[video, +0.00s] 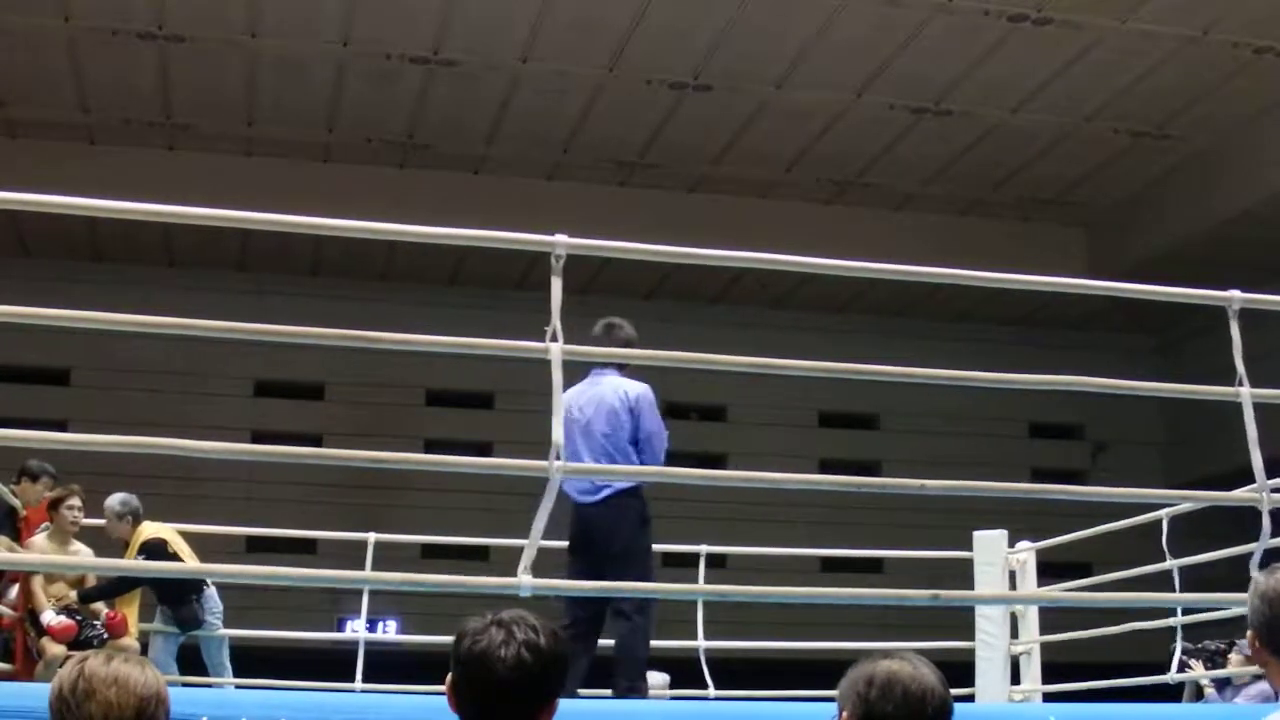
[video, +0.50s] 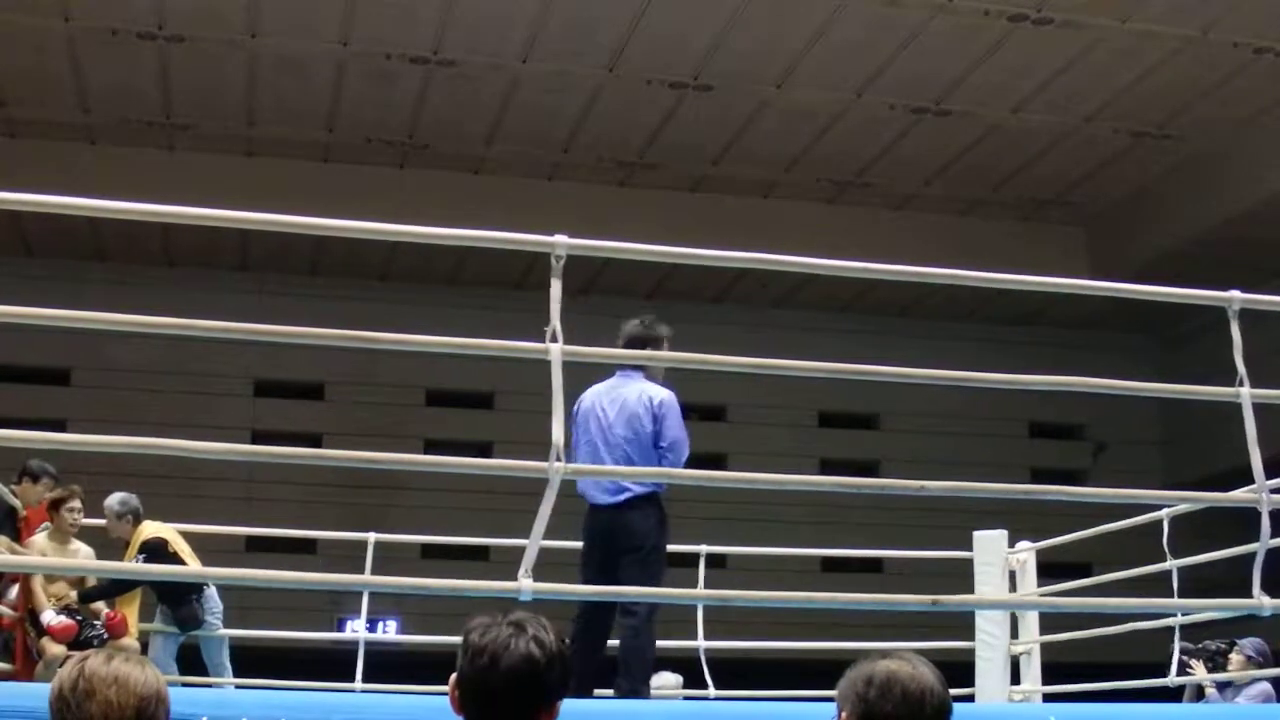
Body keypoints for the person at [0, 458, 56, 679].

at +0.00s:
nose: (46, 496)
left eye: (49, 491)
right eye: (44, 489)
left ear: (26, 483)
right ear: (25, 482)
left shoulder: (18, 509)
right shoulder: (6, 506)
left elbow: (13, 542)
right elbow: (4, 545)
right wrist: (33, 559)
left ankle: (21, 663)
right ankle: (14, 664)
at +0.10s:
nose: (46, 496)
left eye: (49, 491)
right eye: (44, 489)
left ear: (26, 483)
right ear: (25, 482)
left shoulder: (18, 509)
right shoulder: (6, 506)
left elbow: (13, 542)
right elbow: (4, 544)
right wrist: (31, 558)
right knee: (14, 618)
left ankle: (21, 663)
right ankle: (13, 664)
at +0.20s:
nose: (46, 496)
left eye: (49, 491)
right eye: (44, 489)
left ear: (26, 483)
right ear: (25, 482)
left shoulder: (17, 508)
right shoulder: (6, 506)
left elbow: (11, 542)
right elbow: (5, 544)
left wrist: (30, 555)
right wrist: (32, 558)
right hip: (6, 583)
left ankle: (22, 663)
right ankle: (15, 664)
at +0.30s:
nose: (46, 497)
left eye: (49, 491)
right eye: (44, 489)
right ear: (26, 482)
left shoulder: (18, 509)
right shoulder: (7, 506)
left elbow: (12, 541)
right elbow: (5, 543)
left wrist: (31, 554)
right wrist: (31, 556)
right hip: (7, 583)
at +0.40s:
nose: (46, 497)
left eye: (49, 492)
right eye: (44, 489)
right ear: (26, 482)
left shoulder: (18, 509)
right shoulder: (7, 506)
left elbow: (12, 541)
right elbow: (4, 543)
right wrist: (32, 557)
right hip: (6, 584)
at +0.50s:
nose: (46, 497)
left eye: (49, 491)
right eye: (44, 489)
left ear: (27, 483)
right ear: (26, 482)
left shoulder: (18, 509)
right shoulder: (7, 506)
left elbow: (11, 542)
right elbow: (5, 545)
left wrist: (34, 555)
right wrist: (35, 558)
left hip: (14, 580)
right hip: (7, 582)